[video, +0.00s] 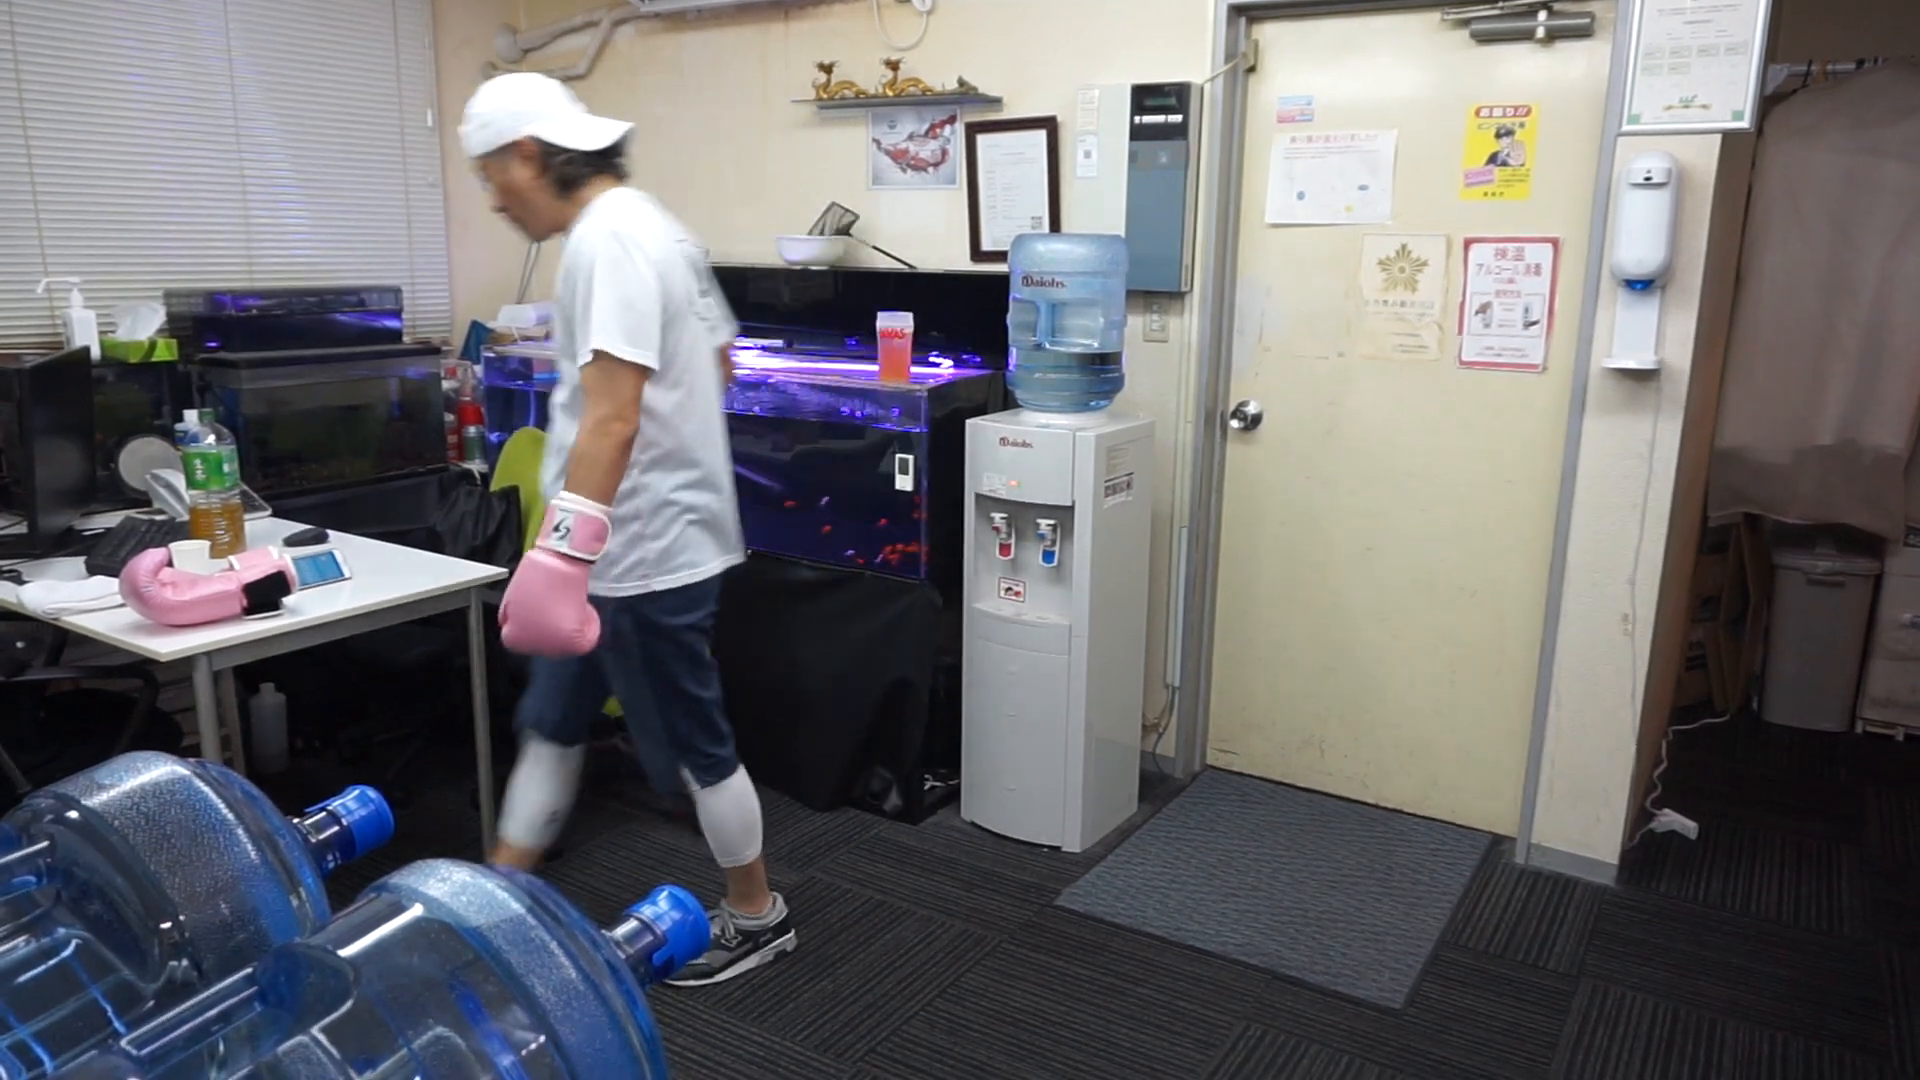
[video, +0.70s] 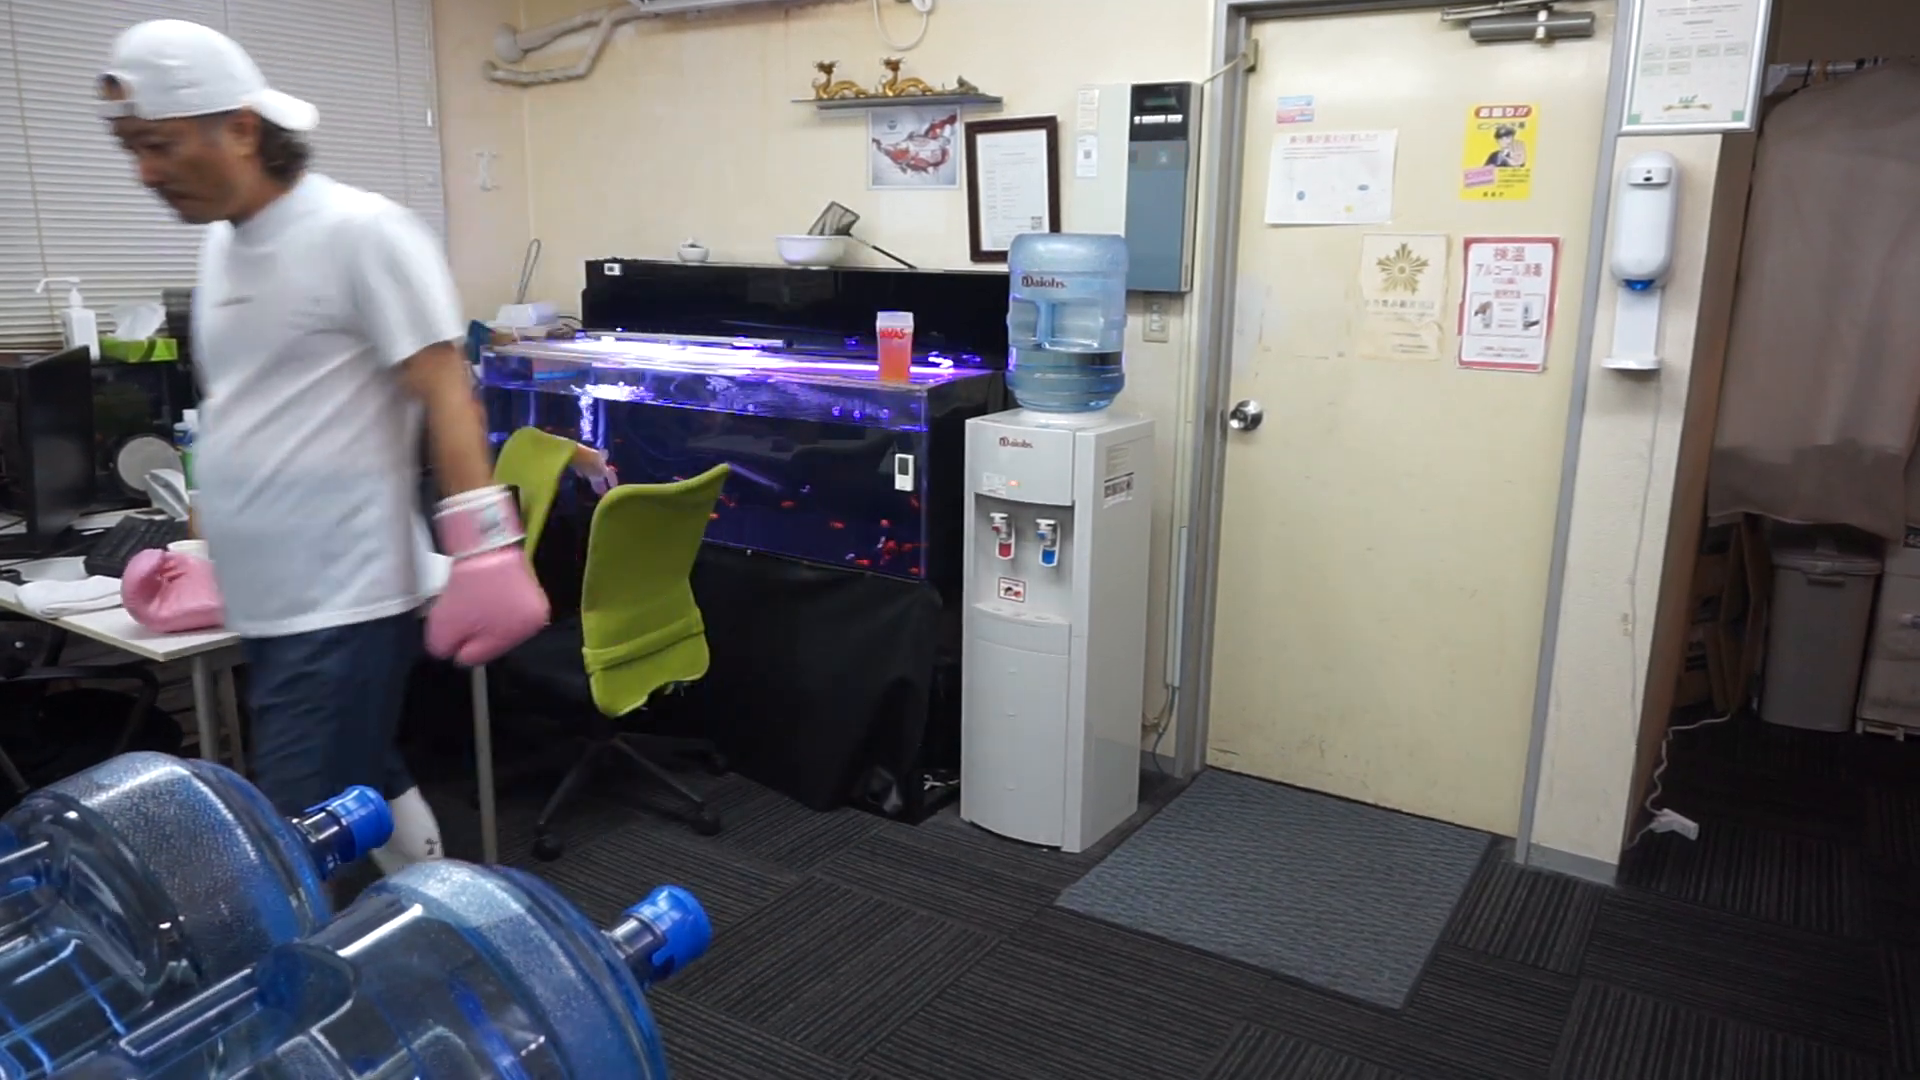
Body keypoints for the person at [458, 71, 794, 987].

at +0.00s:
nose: (493, 198)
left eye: (494, 175)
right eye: (485, 181)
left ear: (537, 154)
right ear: (554, 156)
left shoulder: (609, 241)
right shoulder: (649, 227)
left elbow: (613, 418)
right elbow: (716, 356)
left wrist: (563, 552)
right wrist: (647, 451)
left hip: (648, 557)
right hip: (623, 552)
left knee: (698, 745)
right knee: (550, 724)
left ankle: (756, 911)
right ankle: (496, 903)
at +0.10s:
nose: (447, 207)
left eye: (445, 183)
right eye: (437, 189)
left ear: (488, 158)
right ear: (493, 158)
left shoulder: (583, 241)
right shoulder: (559, 243)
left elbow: (601, 417)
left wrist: (566, 558)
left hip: (617, 570)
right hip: (558, 566)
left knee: (674, 751)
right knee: (503, 750)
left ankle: (751, 906)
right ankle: (469, 931)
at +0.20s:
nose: (390, 203)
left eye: (390, 178)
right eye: (382, 183)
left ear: (438, 153)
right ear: (441, 156)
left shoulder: (549, 237)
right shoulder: (503, 243)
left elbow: (586, 402)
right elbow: (522, 402)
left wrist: (571, 548)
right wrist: (451, 470)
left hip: (554, 571)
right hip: (487, 569)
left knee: (611, 756)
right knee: (457, 760)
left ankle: (743, 904)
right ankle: (453, 941)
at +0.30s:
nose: (334, 194)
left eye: (335, 168)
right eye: (326, 173)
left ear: (388, 143)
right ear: (389, 148)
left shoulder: (511, 227)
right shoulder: (443, 246)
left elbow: (567, 383)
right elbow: (460, 406)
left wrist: (573, 531)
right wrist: (370, 464)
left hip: (500, 581)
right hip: (431, 581)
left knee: (516, 792)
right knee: (429, 789)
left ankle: (688, 878)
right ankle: (455, 963)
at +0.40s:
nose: (284, 182)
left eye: (288, 156)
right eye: (277, 164)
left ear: (351, 130)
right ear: (341, 139)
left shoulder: (478, 218)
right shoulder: (375, 247)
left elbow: (551, 372)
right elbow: (375, 386)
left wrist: (561, 518)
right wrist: (300, 474)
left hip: (458, 578)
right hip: (387, 577)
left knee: (421, 803)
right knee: (413, 798)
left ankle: (588, 887)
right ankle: (457, 974)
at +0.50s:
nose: (241, 176)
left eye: (248, 150)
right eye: (231, 157)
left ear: (318, 125)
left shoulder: (450, 217)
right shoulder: (315, 244)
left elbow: (529, 373)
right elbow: (315, 387)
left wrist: (542, 512)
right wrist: (256, 497)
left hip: (426, 574)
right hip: (347, 577)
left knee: (339, 809)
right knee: (419, 793)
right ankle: (459, 973)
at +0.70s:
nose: (146, 175)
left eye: (162, 146)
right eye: (136, 152)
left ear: (241, 131)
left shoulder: (366, 233)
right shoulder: (222, 247)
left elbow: (447, 391)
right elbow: (255, 419)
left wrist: (484, 549)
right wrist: (216, 552)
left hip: (354, 607)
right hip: (272, 604)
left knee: (286, 836)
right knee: (372, 793)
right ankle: (448, 938)